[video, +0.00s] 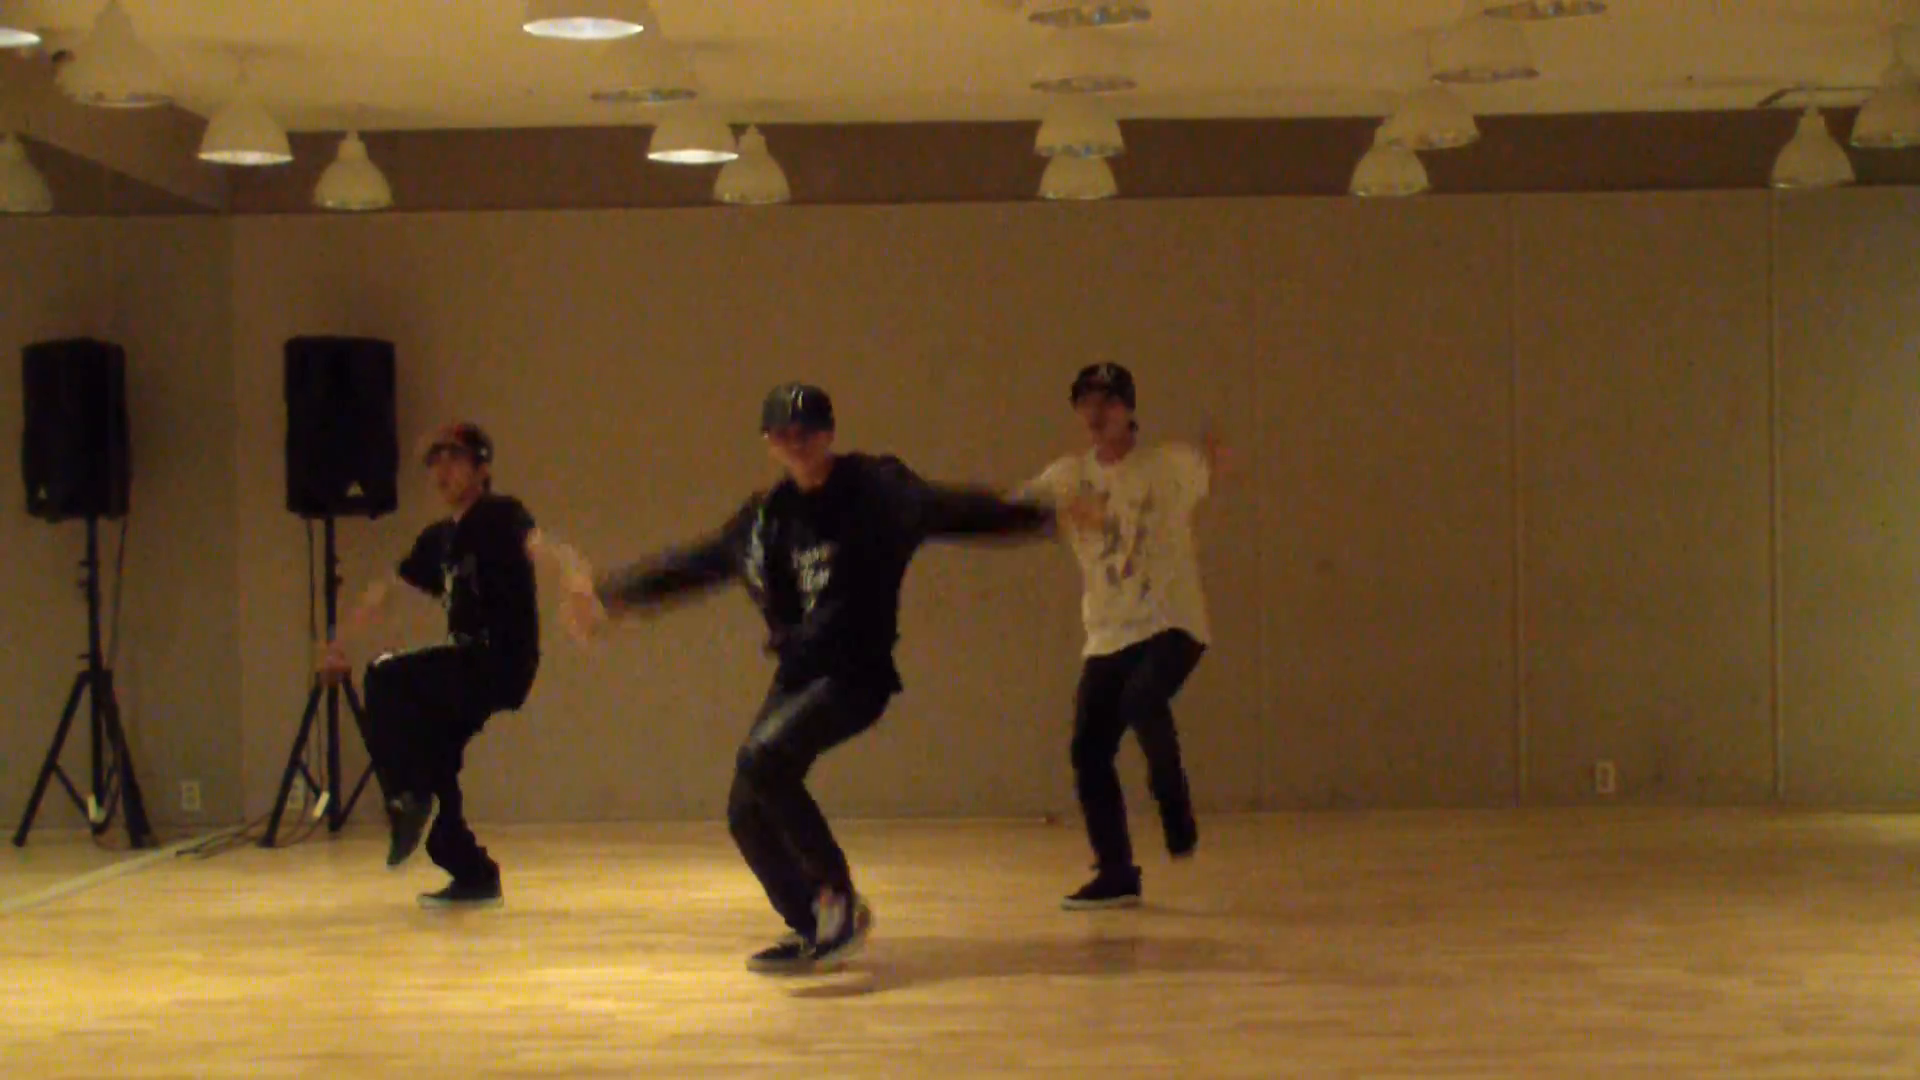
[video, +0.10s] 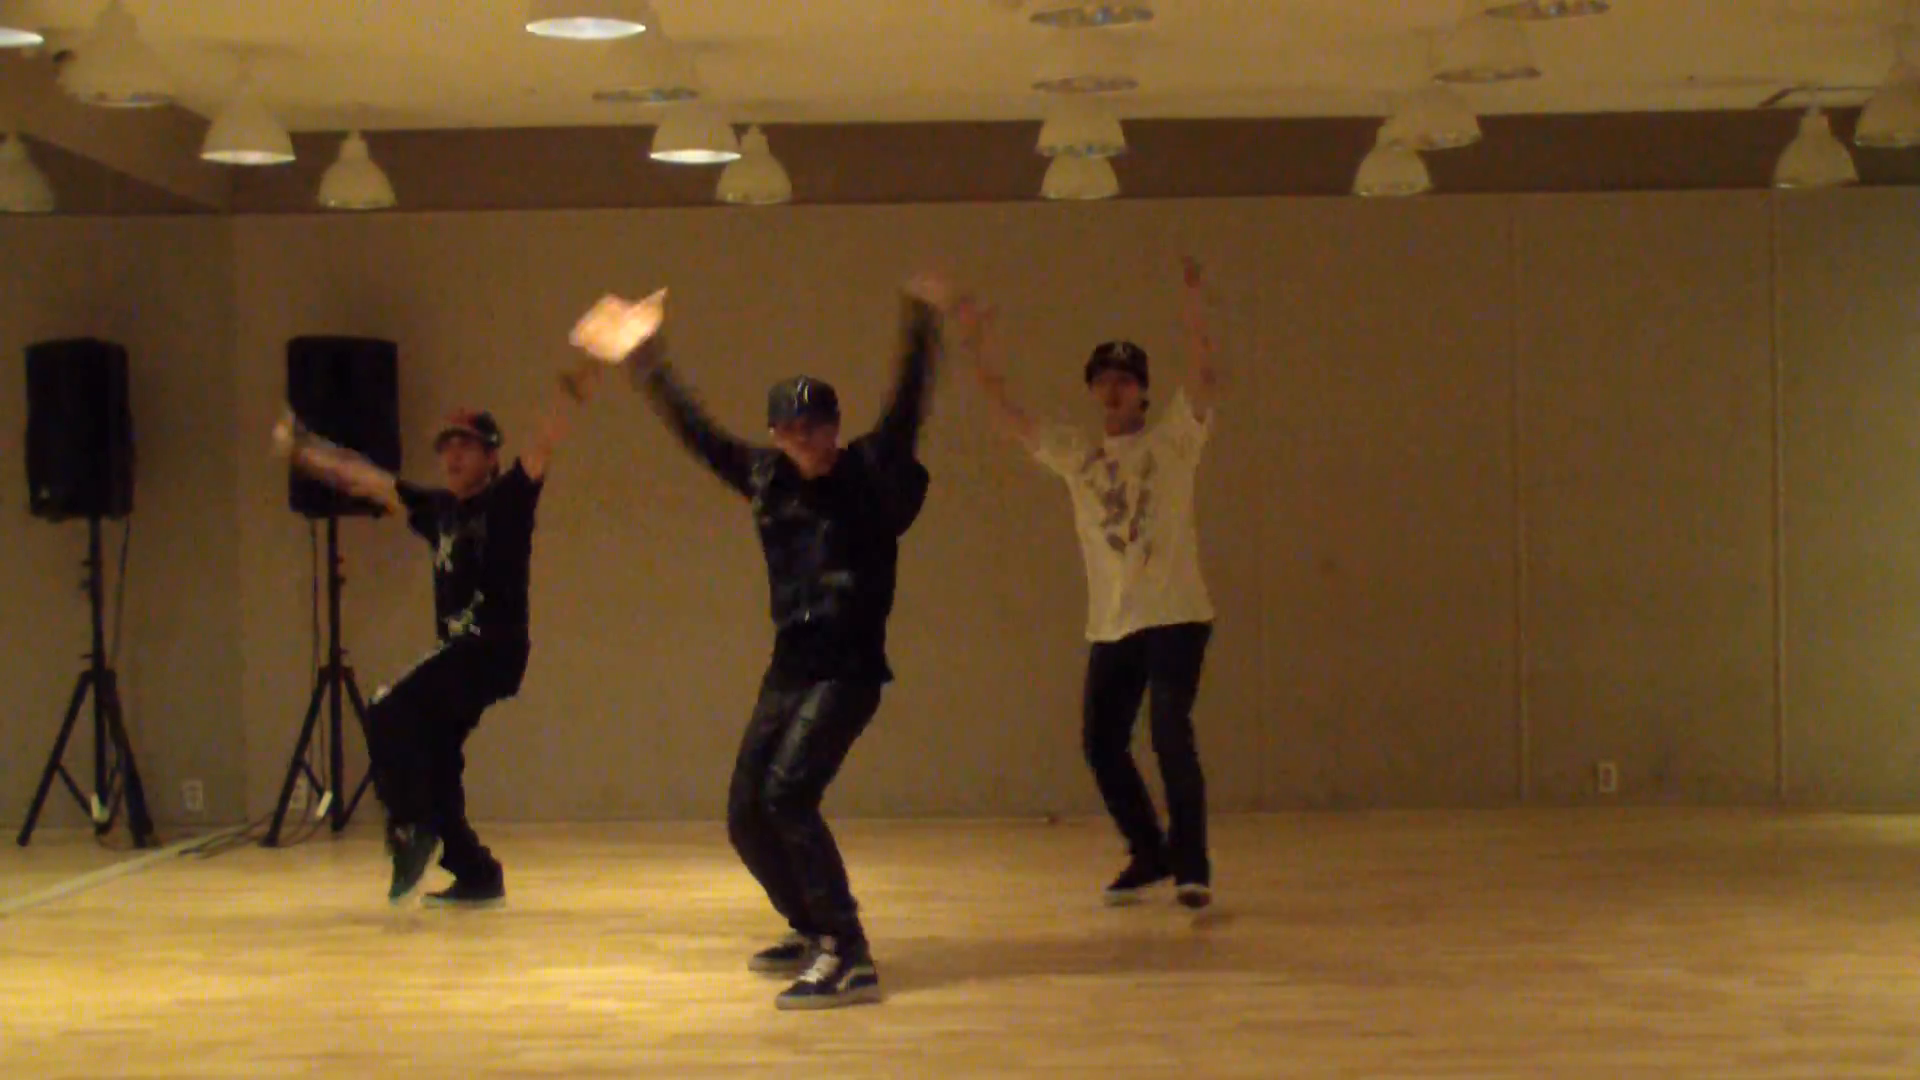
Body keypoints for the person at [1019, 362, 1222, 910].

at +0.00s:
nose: (1096, 420)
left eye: (1106, 409)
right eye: (1086, 411)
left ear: (1130, 411)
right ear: (1077, 417)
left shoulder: (1170, 465)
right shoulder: (1069, 477)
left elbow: (1204, 477)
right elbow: (1010, 508)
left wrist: (1219, 469)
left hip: (1174, 625)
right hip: (1109, 638)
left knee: (1143, 699)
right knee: (1089, 749)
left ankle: (1174, 811)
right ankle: (1115, 870)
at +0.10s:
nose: (1115, 392)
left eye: (1126, 381)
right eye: (1104, 382)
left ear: (1145, 389)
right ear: (1090, 391)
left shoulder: (1174, 440)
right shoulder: (1076, 455)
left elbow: (1202, 377)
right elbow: (1005, 411)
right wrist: (979, 339)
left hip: (1177, 616)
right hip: (1115, 624)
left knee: (1169, 732)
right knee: (1104, 745)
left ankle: (1190, 865)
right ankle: (1147, 853)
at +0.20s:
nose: (1132, 404)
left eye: (1142, 394)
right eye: (1122, 395)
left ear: (1158, 401)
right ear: (1105, 403)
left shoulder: (1179, 450)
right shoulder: (1095, 459)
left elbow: (1177, 365)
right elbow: (1072, 383)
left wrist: (1137, 302)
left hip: (1178, 622)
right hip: (1116, 625)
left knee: (1183, 752)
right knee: (1125, 758)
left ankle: (1205, 885)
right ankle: (1165, 864)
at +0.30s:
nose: (1139, 410)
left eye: (1151, 400)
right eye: (1127, 401)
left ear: (1167, 412)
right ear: (1111, 413)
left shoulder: (1193, 467)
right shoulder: (1095, 471)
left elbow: (1230, 388)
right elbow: (1040, 408)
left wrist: (1199, 309)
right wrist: (1074, 338)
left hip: (1186, 635)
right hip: (1121, 639)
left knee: (1187, 761)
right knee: (1133, 770)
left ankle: (1205, 887)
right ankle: (1166, 866)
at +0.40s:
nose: (1139, 418)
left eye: (1150, 407)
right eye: (1128, 407)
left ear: (1167, 417)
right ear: (1112, 419)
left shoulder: (1198, 471)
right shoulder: (1094, 480)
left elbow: (1280, 452)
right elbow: (1021, 478)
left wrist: (1313, 388)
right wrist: (998, 410)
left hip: (1193, 641)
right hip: (1131, 649)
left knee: (1190, 757)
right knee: (1140, 769)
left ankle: (1207, 886)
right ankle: (1169, 866)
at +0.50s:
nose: (1139, 439)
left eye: (1149, 428)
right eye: (1129, 429)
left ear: (1168, 432)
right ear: (1113, 435)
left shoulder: (1202, 488)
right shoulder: (1097, 497)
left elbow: (1250, 542)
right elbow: (1060, 562)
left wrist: (1276, 554)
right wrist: (1031, 558)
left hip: (1200, 647)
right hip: (1138, 653)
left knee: (1188, 755)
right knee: (1140, 768)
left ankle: (1209, 884)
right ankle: (1171, 864)